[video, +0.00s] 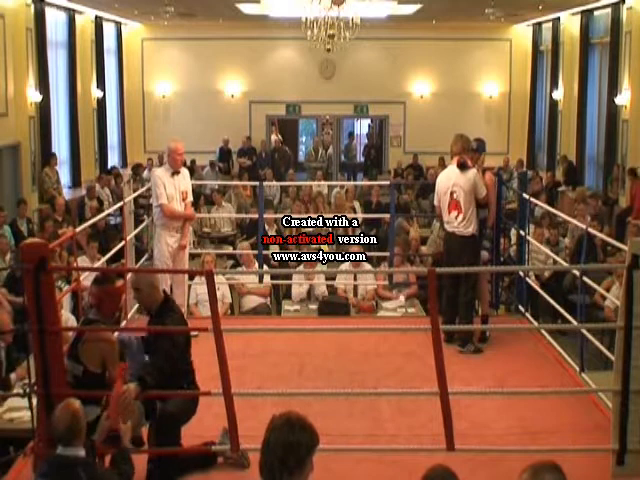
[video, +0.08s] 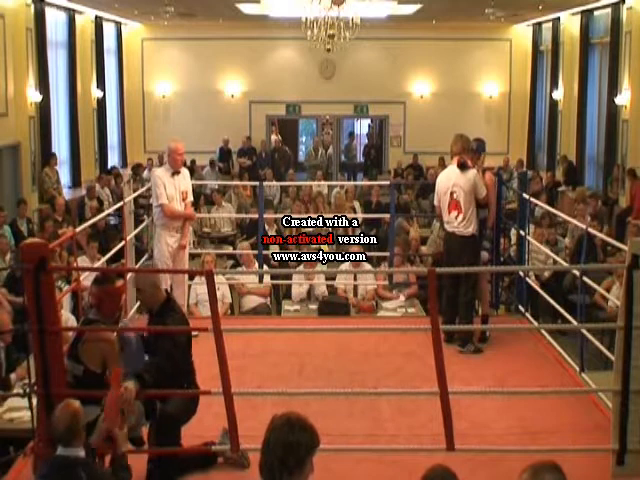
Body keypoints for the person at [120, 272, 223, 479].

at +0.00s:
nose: (135, 297)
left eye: (138, 291)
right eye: (134, 291)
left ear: (154, 290)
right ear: (154, 291)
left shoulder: (171, 322)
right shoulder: (158, 315)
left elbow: (165, 364)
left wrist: (140, 384)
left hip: (181, 391)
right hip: (162, 388)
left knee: (165, 415)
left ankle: (216, 451)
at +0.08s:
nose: (138, 298)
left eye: (140, 292)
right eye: (137, 292)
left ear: (154, 290)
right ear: (154, 290)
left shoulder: (173, 321)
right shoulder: (156, 314)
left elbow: (165, 362)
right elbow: (152, 350)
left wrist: (138, 381)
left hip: (181, 392)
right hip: (164, 390)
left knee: (166, 417)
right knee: (164, 465)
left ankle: (217, 451)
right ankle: (217, 449)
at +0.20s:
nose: (141, 294)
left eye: (145, 289)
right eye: (139, 289)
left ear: (162, 287)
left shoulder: (177, 318)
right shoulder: (154, 313)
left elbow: (174, 363)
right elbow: (153, 354)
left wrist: (144, 374)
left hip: (182, 393)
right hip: (161, 391)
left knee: (166, 415)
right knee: (165, 466)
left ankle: (217, 451)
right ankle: (216, 450)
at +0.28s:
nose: (141, 295)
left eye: (145, 289)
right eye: (140, 289)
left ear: (162, 287)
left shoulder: (178, 318)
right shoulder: (154, 314)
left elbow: (176, 365)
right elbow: (150, 352)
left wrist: (144, 375)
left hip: (182, 393)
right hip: (160, 391)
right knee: (164, 466)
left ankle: (216, 451)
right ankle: (216, 450)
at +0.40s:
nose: (142, 294)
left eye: (146, 288)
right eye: (141, 288)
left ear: (163, 286)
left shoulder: (180, 319)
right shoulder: (154, 315)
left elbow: (179, 365)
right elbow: (147, 351)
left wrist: (148, 378)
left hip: (182, 392)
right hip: (161, 391)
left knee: (159, 467)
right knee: (163, 466)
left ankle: (216, 451)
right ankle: (215, 450)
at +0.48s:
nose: (143, 294)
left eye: (147, 288)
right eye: (142, 288)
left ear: (164, 286)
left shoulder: (181, 320)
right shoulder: (154, 315)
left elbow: (178, 367)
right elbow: (142, 350)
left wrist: (148, 382)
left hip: (182, 392)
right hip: (160, 391)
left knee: (159, 467)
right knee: (163, 465)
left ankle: (216, 451)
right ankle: (215, 450)